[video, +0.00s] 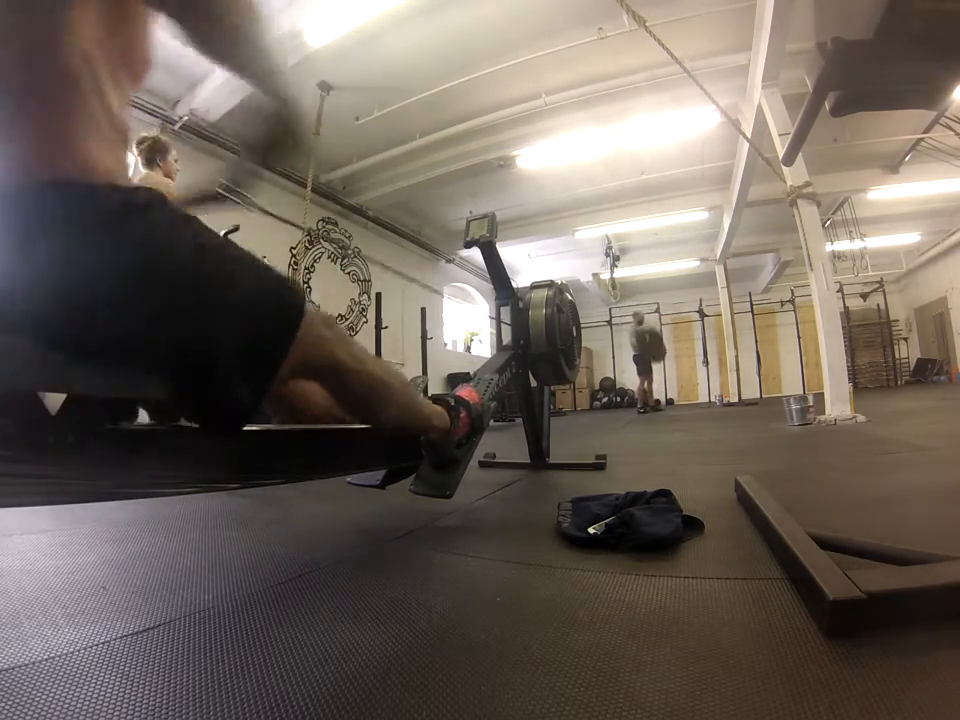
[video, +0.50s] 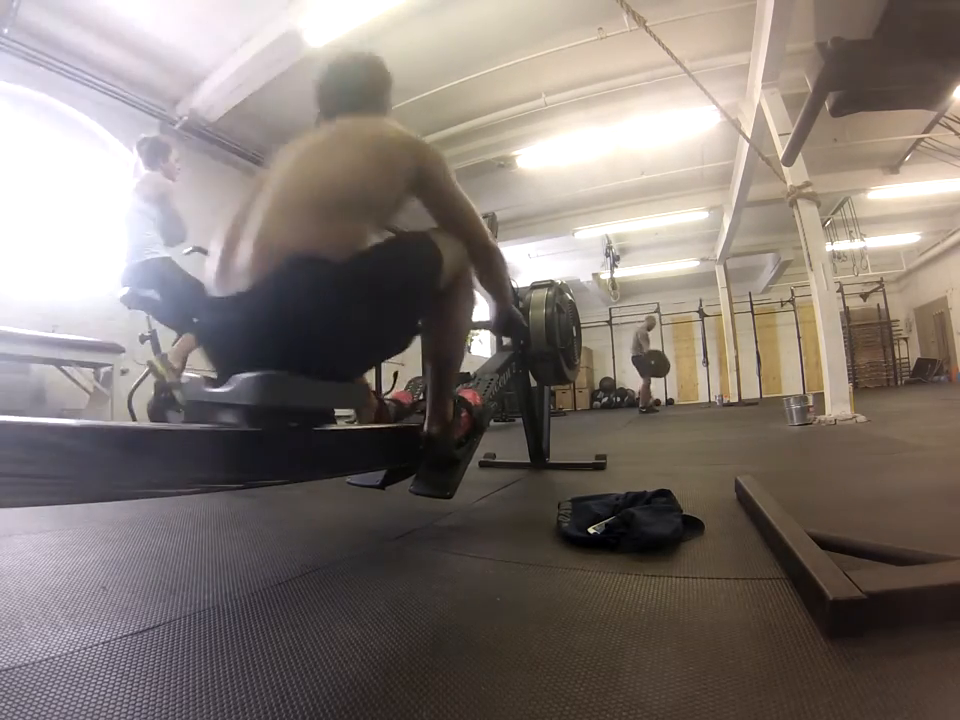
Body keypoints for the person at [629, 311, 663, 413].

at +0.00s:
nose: (642, 320)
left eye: (642, 318)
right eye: (640, 318)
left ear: (640, 318)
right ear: (636, 318)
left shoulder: (641, 330)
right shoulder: (634, 330)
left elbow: (644, 344)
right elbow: (635, 344)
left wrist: (650, 350)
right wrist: (644, 351)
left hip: (645, 355)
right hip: (639, 355)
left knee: (649, 379)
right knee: (642, 380)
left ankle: (651, 403)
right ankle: (640, 404)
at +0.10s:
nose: (644, 321)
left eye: (645, 319)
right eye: (642, 319)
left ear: (644, 319)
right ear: (638, 318)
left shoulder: (641, 331)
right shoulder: (634, 330)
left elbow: (644, 345)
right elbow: (633, 343)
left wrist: (648, 356)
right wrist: (639, 353)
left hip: (644, 356)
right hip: (638, 356)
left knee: (647, 381)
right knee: (642, 381)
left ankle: (649, 403)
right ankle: (640, 405)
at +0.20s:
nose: (647, 323)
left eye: (648, 320)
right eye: (646, 320)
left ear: (644, 319)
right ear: (641, 319)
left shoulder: (640, 330)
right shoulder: (635, 329)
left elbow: (640, 346)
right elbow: (633, 345)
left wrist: (645, 358)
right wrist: (641, 358)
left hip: (643, 356)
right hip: (638, 356)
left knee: (644, 380)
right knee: (643, 380)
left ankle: (642, 403)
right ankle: (642, 404)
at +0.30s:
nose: (649, 324)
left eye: (650, 322)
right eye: (648, 321)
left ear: (647, 321)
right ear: (643, 320)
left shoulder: (643, 331)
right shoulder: (637, 330)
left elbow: (643, 347)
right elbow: (635, 346)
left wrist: (646, 359)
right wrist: (642, 359)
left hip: (643, 357)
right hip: (638, 356)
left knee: (646, 381)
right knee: (643, 381)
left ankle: (647, 404)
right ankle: (640, 405)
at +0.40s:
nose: (651, 326)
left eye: (651, 324)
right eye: (650, 323)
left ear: (646, 321)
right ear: (646, 321)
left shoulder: (643, 332)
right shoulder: (639, 331)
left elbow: (644, 347)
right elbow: (638, 345)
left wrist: (648, 358)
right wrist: (645, 356)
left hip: (641, 356)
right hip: (638, 356)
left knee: (646, 381)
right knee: (644, 381)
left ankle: (647, 404)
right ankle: (641, 405)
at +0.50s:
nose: (653, 327)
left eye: (654, 325)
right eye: (653, 325)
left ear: (646, 322)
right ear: (649, 323)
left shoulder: (641, 331)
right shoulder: (641, 332)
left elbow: (644, 347)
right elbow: (645, 347)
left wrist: (650, 357)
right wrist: (651, 357)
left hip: (639, 356)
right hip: (638, 356)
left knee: (647, 381)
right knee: (646, 381)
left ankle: (647, 404)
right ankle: (643, 405)